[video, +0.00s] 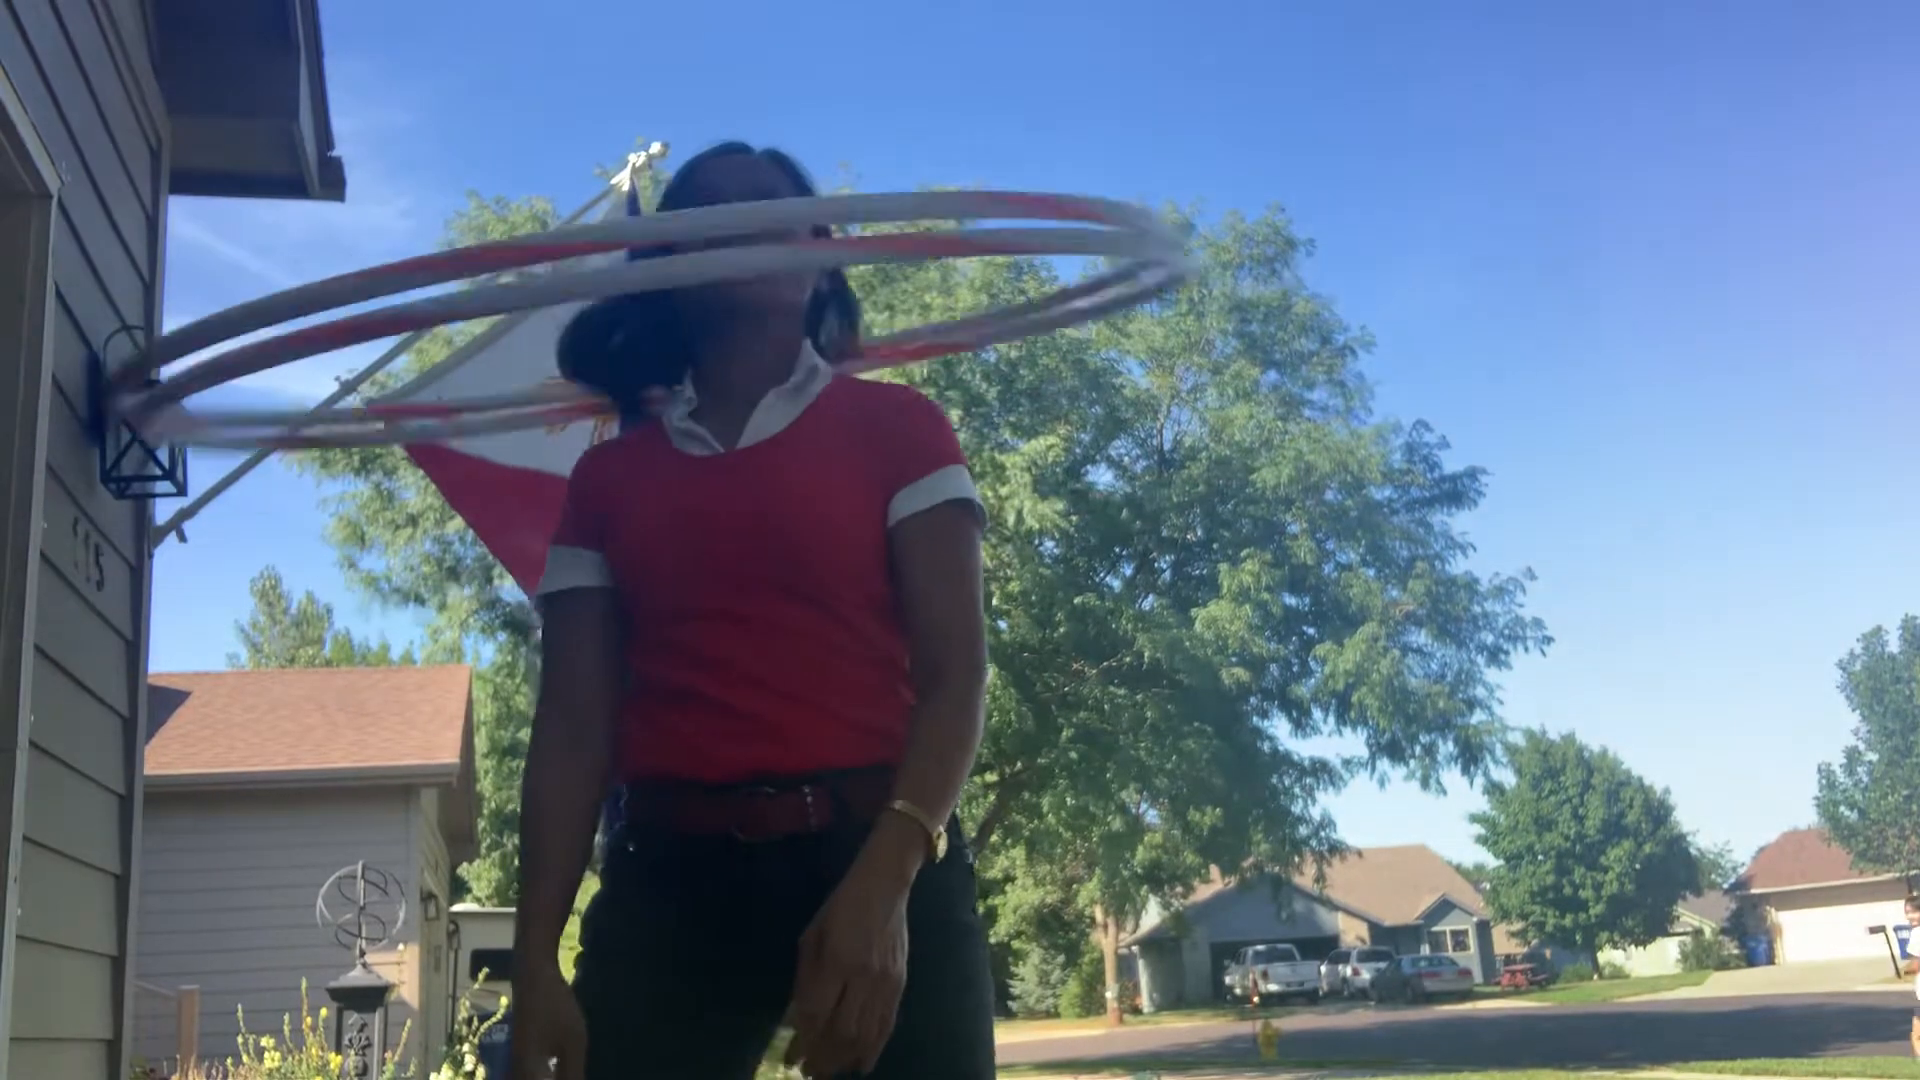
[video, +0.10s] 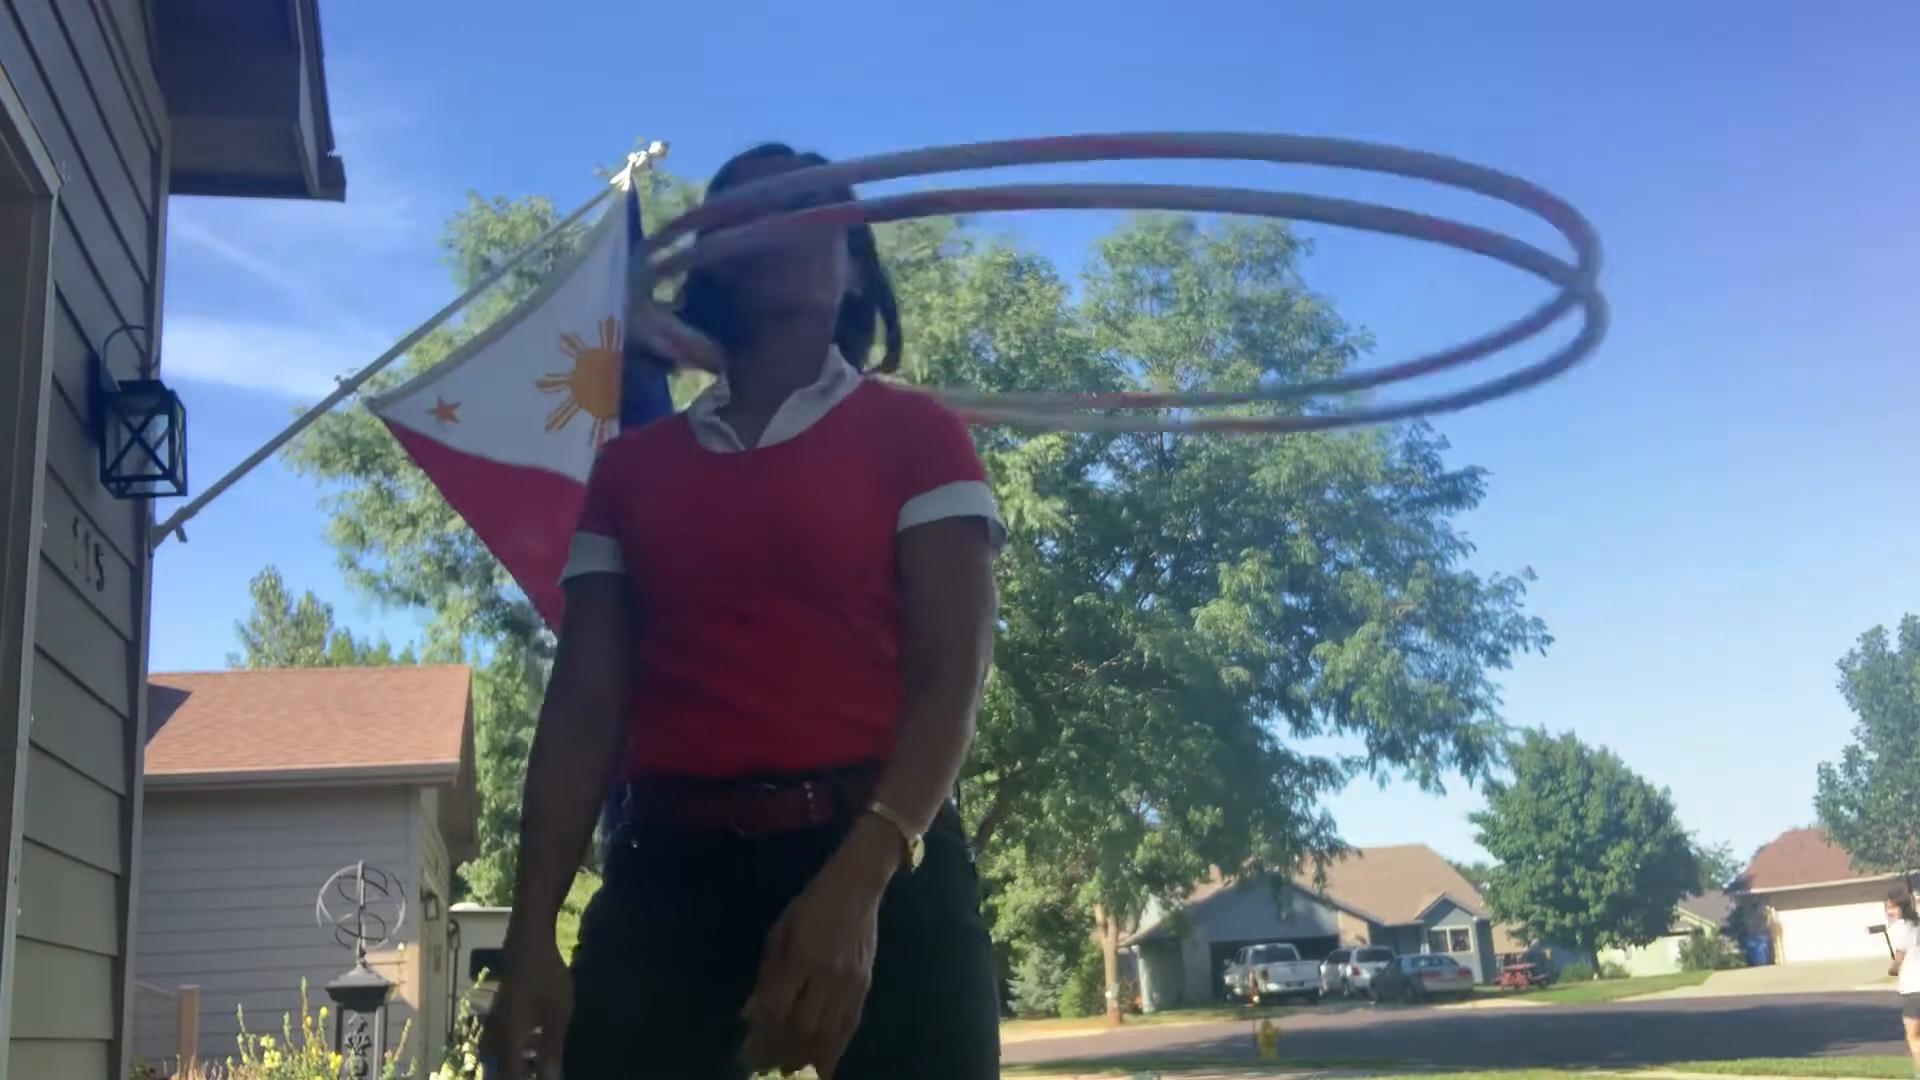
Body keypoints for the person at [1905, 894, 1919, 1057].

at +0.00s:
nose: (1909, 916)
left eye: (1912, 912)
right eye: (1908, 912)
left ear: (1918, 912)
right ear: (1906, 913)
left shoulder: (1916, 933)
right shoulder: (1914, 932)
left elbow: (1915, 965)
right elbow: (1914, 963)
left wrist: (1904, 970)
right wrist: (1906, 968)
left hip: (1918, 994)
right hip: (1917, 994)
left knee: (1916, 1034)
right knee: (1915, 1034)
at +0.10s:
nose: (1889, 912)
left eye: (1893, 907)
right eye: (1887, 907)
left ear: (1903, 907)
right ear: (1888, 907)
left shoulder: (1900, 927)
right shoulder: (1911, 924)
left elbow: (1900, 953)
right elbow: (1903, 952)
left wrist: (1895, 967)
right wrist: (1897, 966)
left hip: (1912, 989)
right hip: (1912, 988)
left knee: (1912, 1036)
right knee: (1912, 1035)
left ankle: (1917, 1071)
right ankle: (1916, 1071)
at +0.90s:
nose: (1771, 926)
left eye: (1771, 923)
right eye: (1771, 922)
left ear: (1776, 925)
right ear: (1793, 920)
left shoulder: (1779, 940)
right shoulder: (1806, 934)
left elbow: (1784, 967)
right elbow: (1828, 953)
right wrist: (1814, 966)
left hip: (1808, 993)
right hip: (1828, 988)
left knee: (1795, 1031)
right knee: (1816, 1029)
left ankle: (1801, 1073)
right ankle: (1828, 1069)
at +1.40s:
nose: (1727, 936)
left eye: (1728, 932)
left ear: (1728, 933)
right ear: (1744, 931)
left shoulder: (1724, 945)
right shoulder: (1754, 944)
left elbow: (1724, 970)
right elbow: (1772, 966)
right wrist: (1754, 970)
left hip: (1744, 991)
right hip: (1763, 988)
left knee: (1755, 1030)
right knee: (1748, 1028)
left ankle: (1781, 1062)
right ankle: (1763, 1065)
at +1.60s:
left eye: (1699, 929)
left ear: (1700, 929)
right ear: (1715, 927)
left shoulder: (1696, 942)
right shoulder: (1725, 941)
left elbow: (1697, 964)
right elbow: (1742, 962)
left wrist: (1697, 973)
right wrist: (1728, 970)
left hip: (1714, 988)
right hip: (1734, 987)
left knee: (1711, 1028)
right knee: (1725, 1026)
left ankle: (1732, 1056)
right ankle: (1735, 1062)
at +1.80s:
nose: (1672, 935)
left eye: (1672, 932)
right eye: (1673, 931)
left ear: (1673, 933)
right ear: (1687, 930)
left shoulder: (1672, 948)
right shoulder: (1696, 941)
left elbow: (1674, 970)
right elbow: (1716, 959)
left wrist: (1674, 975)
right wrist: (1700, 968)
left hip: (1692, 992)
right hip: (1711, 989)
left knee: (1684, 1030)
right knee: (1702, 1028)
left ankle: (1679, 1068)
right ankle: (1713, 1064)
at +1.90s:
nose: (1656, 939)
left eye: (1657, 936)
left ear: (1659, 937)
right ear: (1674, 934)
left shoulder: (1658, 951)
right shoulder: (1685, 946)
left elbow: (1660, 972)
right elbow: (1700, 963)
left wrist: (1658, 978)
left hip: (1679, 997)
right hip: (1697, 994)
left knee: (1675, 1034)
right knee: (1689, 1033)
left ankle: (1675, 1070)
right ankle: (1698, 1065)